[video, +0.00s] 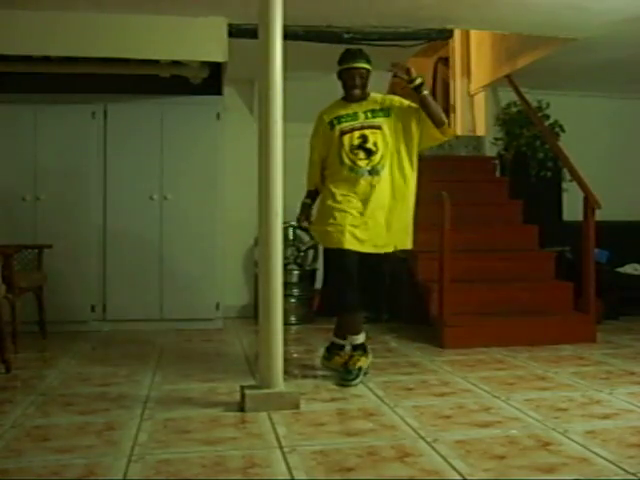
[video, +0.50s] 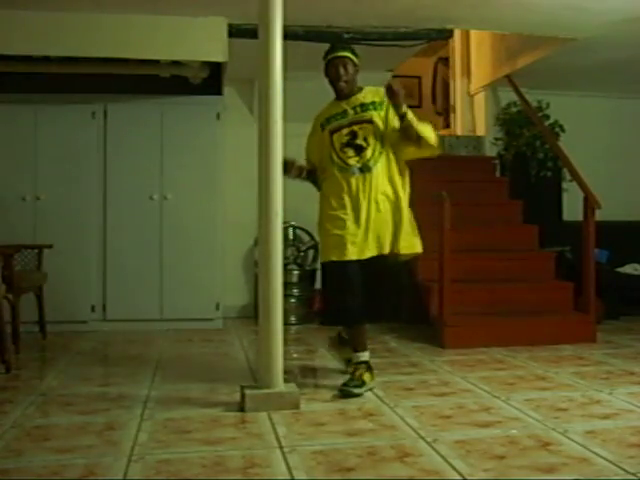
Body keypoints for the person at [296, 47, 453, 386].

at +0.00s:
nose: (355, 81)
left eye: (361, 75)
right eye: (348, 75)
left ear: (370, 78)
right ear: (339, 77)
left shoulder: (397, 107)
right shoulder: (329, 117)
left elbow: (441, 125)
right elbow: (318, 169)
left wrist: (419, 91)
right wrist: (307, 205)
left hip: (381, 209)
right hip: (340, 208)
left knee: (361, 281)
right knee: (344, 280)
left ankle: (337, 347)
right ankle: (358, 349)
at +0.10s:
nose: (350, 75)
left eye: (356, 69)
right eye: (344, 70)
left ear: (366, 73)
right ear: (335, 76)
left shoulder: (393, 104)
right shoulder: (327, 118)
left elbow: (437, 120)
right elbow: (316, 173)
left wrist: (414, 90)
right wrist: (300, 203)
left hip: (383, 205)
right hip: (340, 204)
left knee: (364, 279)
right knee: (341, 270)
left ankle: (337, 344)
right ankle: (357, 344)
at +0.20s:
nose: (347, 74)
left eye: (353, 68)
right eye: (340, 69)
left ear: (362, 72)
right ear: (332, 75)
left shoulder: (390, 100)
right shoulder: (325, 120)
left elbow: (434, 116)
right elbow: (319, 174)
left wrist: (409, 82)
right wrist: (299, 188)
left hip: (383, 206)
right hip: (340, 207)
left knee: (365, 281)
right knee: (342, 275)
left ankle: (337, 343)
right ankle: (356, 348)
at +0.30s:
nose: (344, 75)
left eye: (350, 68)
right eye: (337, 70)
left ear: (360, 72)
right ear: (329, 77)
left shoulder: (387, 98)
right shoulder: (324, 122)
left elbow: (433, 115)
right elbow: (321, 173)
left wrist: (407, 82)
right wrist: (296, 180)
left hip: (383, 207)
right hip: (341, 211)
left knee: (365, 284)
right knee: (346, 282)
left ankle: (338, 346)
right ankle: (355, 356)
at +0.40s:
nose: (342, 77)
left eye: (348, 70)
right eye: (335, 72)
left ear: (358, 74)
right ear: (328, 79)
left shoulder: (384, 100)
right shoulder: (323, 126)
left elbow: (433, 126)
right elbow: (325, 180)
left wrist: (407, 94)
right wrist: (298, 179)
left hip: (382, 213)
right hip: (341, 218)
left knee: (366, 288)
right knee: (345, 288)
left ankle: (338, 346)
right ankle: (360, 362)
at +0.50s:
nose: (340, 74)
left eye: (346, 67)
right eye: (333, 69)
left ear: (357, 70)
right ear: (326, 76)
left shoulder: (381, 101)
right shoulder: (322, 121)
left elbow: (426, 145)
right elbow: (325, 178)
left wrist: (403, 111)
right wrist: (304, 171)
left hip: (382, 216)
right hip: (340, 221)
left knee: (374, 288)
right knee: (347, 292)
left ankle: (348, 337)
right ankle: (361, 364)